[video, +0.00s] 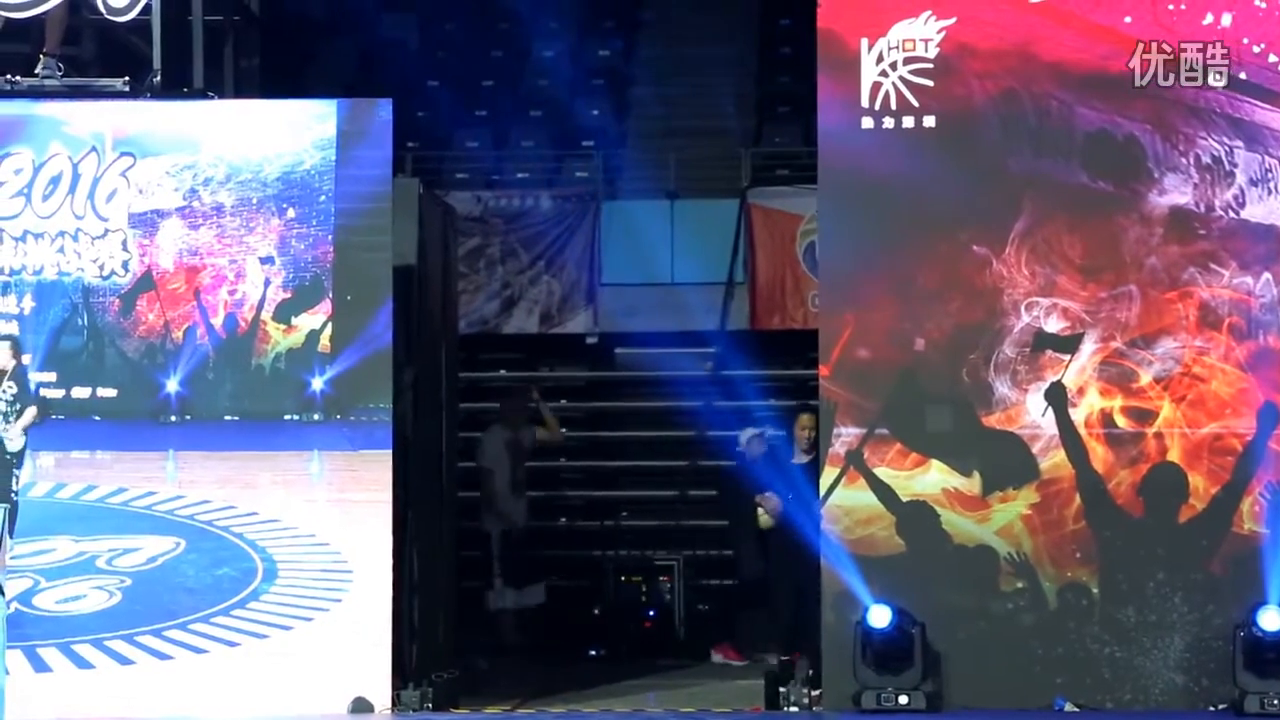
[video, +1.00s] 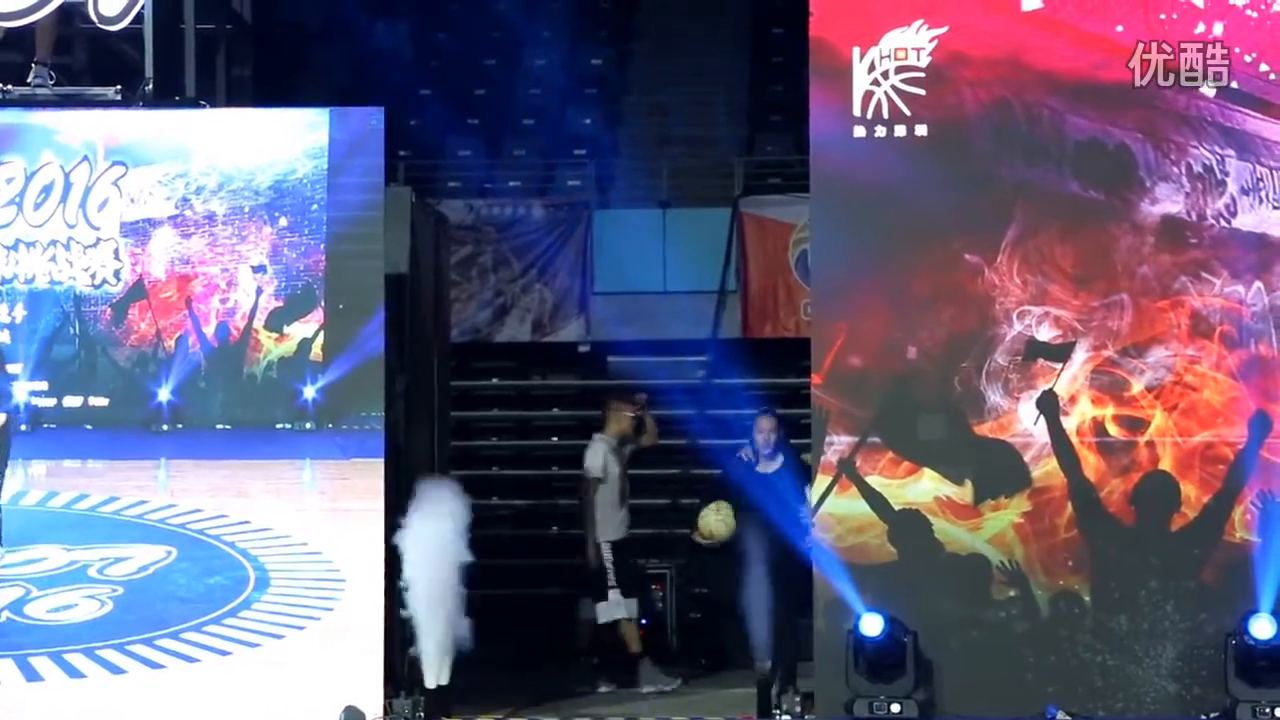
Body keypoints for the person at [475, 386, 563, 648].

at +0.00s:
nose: (521, 413)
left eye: (524, 407)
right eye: (516, 407)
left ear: (526, 410)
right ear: (505, 408)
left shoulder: (525, 433)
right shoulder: (494, 436)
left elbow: (555, 435)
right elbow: (488, 484)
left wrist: (540, 403)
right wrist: (506, 513)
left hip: (519, 514)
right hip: (497, 516)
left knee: (523, 576)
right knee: (501, 580)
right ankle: (505, 640)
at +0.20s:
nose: (550, 414)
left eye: (554, 409)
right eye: (546, 406)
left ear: (557, 414)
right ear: (534, 406)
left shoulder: (550, 439)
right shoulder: (518, 440)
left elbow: (581, 438)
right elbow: (511, 484)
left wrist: (564, 408)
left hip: (542, 522)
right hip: (517, 523)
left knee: (550, 583)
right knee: (512, 587)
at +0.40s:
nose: (572, 419)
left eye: (576, 416)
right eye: (567, 412)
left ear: (578, 421)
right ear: (553, 413)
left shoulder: (572, 443)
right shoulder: (539, 443)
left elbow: (607, 441)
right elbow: (535, 490)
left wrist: (590, 410)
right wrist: (543, 527)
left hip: (568, 527)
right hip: (544, 527)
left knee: (569, 593)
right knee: (536, 592)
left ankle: (573, 657)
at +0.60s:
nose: (597, 418)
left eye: (599, 413)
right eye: (591, 412)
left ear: (598, 416)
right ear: (576, 413)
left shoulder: (592, 444)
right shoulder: (558, 444)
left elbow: (627, 438)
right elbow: (546, 494)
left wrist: (617, 409)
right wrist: (547, 530)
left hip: (588, 530)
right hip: (562, 531)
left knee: (591, 596)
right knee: (568, 596)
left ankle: (590, 665)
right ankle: (567, 666)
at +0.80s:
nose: (615, 419)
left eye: (617, 414)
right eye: (610, 413)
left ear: (614, 418)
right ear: (595, 414)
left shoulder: (605, 444)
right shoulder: (578, 445)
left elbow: (640, 437)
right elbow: (564, 495)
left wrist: (632, 409)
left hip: (599, 533)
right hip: (582, 535)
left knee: (590, 600)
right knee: (610, 598)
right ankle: (605, 668)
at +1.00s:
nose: (632, 422)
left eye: (633, 417)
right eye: (629, 416)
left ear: (626, 420)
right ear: (612, 416)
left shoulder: (619, 446)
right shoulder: (598, 448)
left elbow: (650, 438)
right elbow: (588, 496)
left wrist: (643, 412)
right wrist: (590, 542)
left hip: (618, 537)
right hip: (605, 540)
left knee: (602, 606)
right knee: (626, 605)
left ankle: (600, 672)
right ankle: (644, 669)